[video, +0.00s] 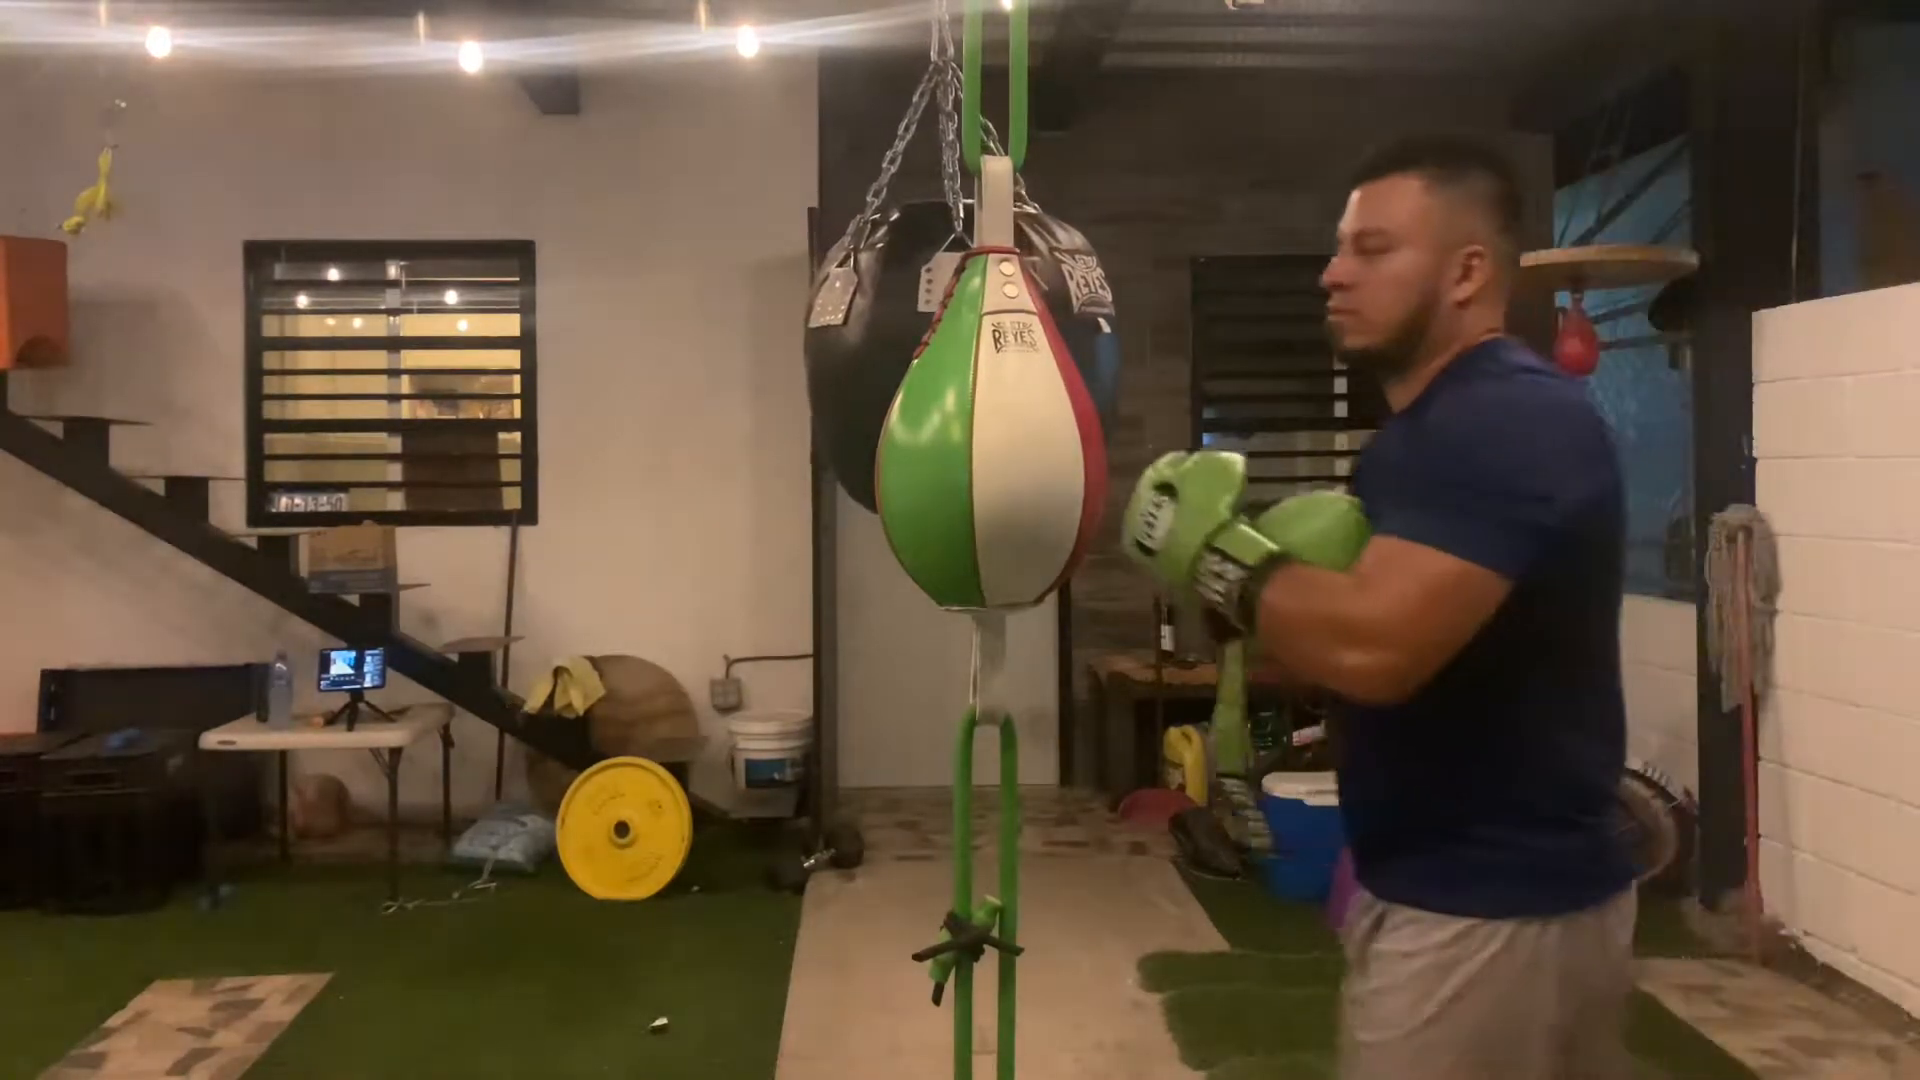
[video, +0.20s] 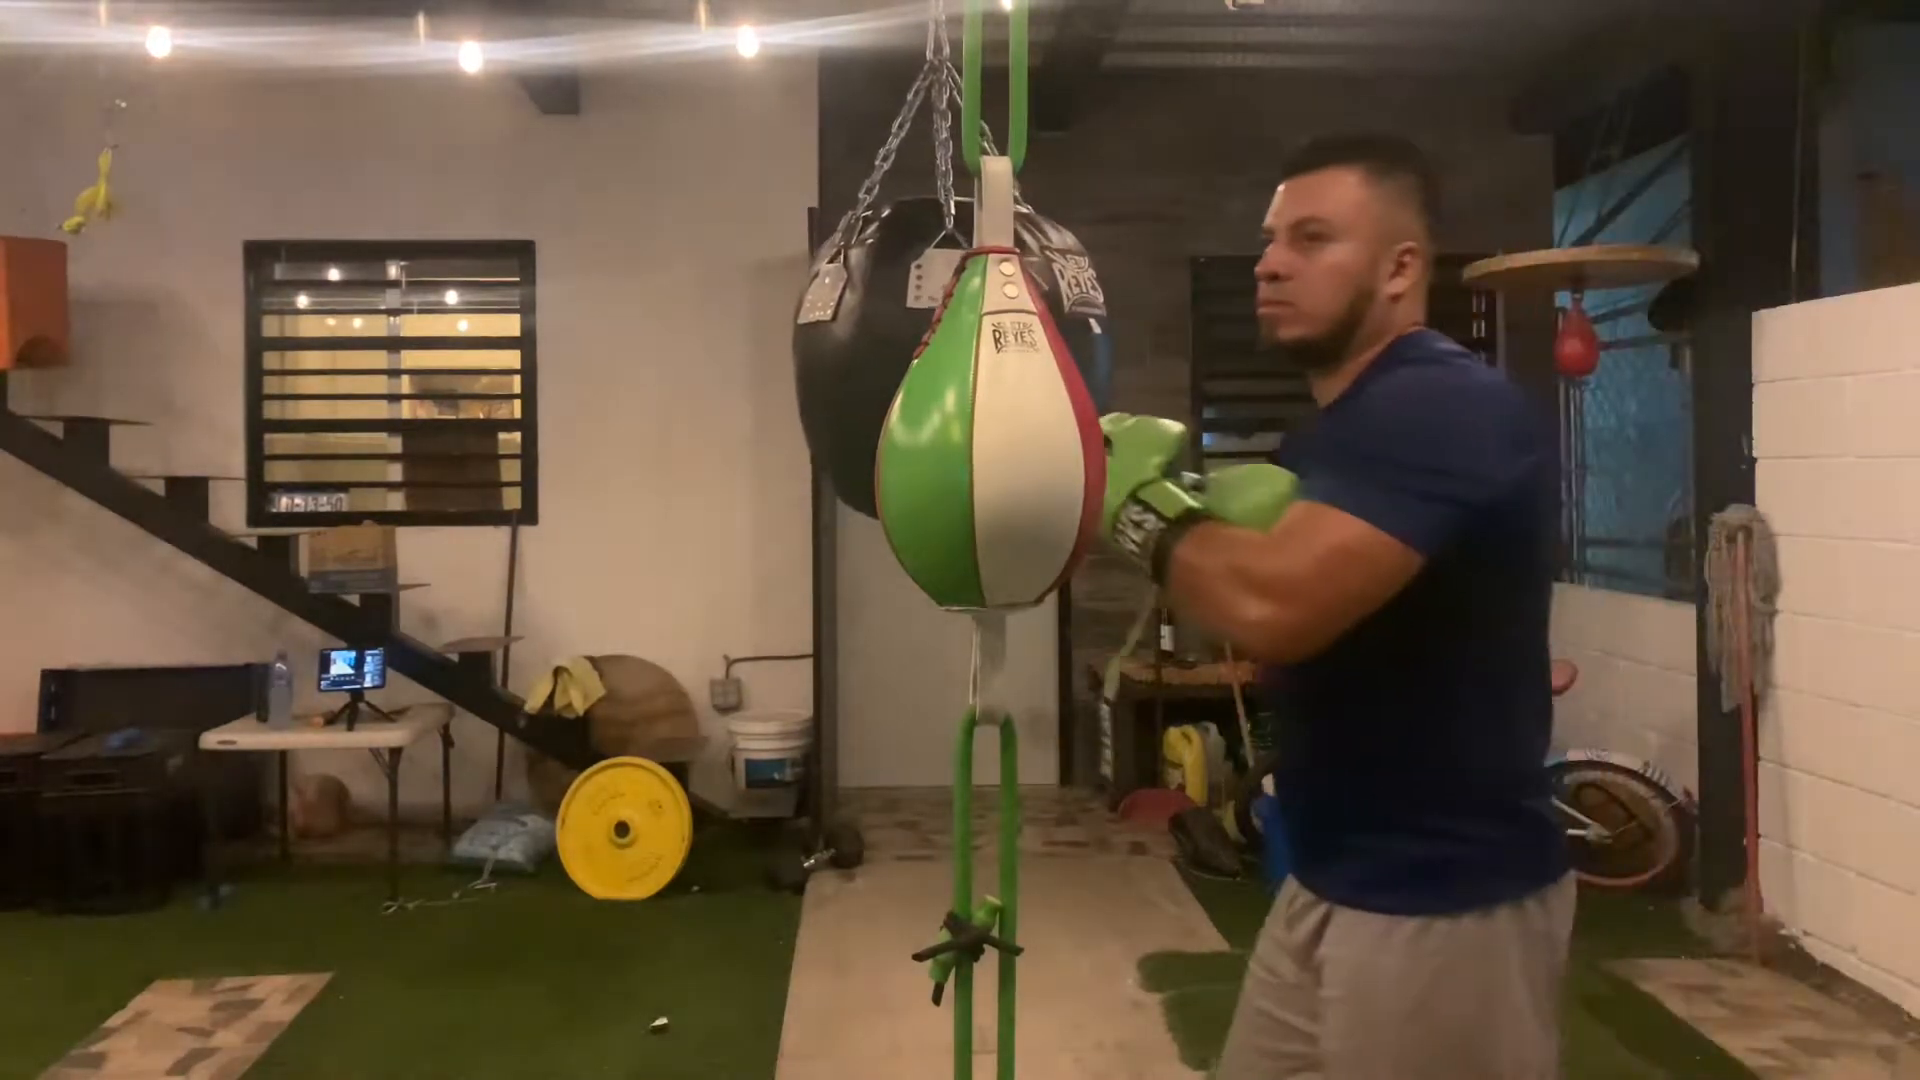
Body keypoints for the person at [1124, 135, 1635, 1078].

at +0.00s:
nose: (1333, 275)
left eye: (1371, 248)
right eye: (1338, 250)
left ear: (1467, 273)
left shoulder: (1508, 416)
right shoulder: (1428, 425)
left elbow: (1375, 647)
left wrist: (1223, 561)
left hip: (1488, 917)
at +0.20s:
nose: (1268, 265)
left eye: (1310, 237)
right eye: (1269, 241)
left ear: (1403, 265)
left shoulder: (1450, 404)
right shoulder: (1345, 424)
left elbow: (1277, 608)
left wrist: (1146, 515)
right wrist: (1201, 528)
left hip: (1447, 912)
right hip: (1327, 889)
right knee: (1257, 1068)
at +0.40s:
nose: (1207, 267)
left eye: (1246, 241)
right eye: (1202, 244)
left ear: (1332, 273)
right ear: (1193, 262)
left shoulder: (1391, 399)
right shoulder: (1239, 435)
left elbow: (1213, 582)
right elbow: (1162, 560)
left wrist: (1086, 516)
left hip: (1390, 907)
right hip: (1256, 887)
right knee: (1220, 1064)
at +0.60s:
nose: (1154, 278)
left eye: (1195, 253)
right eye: (1143, 257)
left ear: (1270, 281)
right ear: (1129, 278)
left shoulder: (1320, 412)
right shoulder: (1159, 449)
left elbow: (1177, 589)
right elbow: (1071, 557)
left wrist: (1002, 540)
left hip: (1309, 908)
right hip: (1168, 887)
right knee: (1107, 1067)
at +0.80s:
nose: (1088, 280)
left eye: (1123, 255)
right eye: (1070, 259)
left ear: (1182, 285)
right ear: (1050, 285)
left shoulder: (1233, 407)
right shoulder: (1069, 424)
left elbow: (1110, 580)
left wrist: (951, 530)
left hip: (1205, 884)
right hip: (1074, 865)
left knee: (1210, 1068)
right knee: (1059, 1066)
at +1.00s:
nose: (1040, 280)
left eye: (1069, 256)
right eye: (1020, 259)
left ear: (1124, 281)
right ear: (997, 279)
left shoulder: (1181, 403)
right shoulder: (994, 413)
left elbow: (1097, 577)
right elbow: (891, 583)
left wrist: (927, 548)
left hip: (1148, 841)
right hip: (1012, 827)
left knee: (1119, 1067)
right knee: (1006, 1066)